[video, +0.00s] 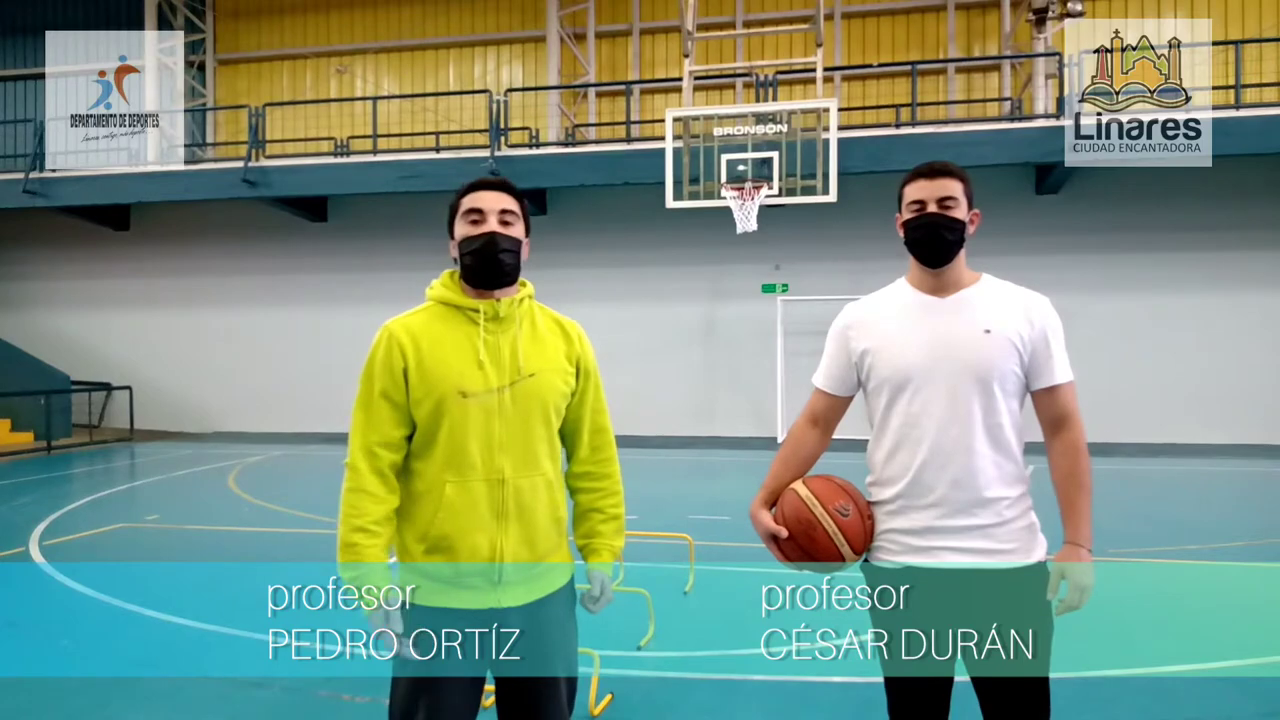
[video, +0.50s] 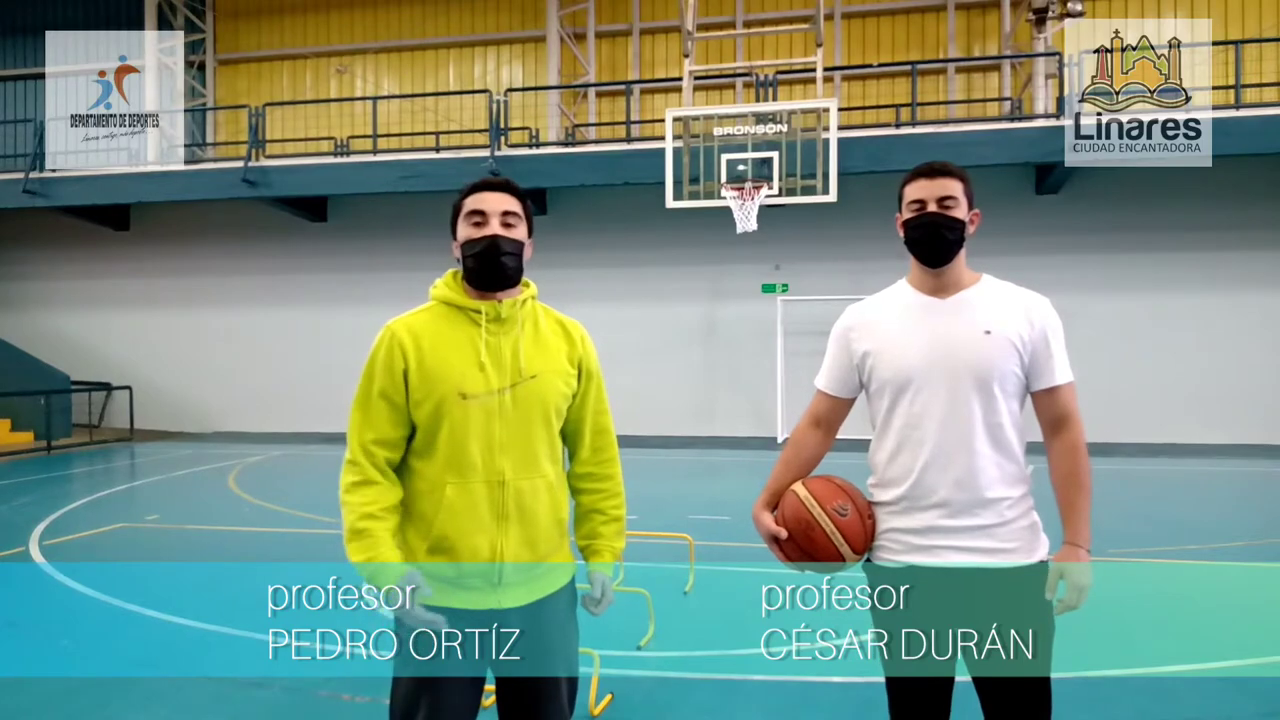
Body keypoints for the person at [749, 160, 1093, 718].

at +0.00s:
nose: (931, 216)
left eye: (946, 205)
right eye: (916, 208)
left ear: (972, 220)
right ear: (899, 226)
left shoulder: (1026, 313)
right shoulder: (860, 322)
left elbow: (1063, 430)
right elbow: (815, 423)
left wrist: (1077, 543)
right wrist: (761, 502)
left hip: (1006, 561)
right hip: (903, 562)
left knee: (1019, 711)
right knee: (914, 713)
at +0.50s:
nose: (931, 215)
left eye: (946, 204)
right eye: (916, 207)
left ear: (972, 220)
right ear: (899, 226)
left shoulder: (1026, 314)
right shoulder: (862, 323)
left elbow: (1063, 430)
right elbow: (818, 425)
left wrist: (1076, 543)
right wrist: (764, 503)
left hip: (1007, 559)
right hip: (904, 560)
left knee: (1020, 711)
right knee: (915, 712)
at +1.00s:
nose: (931, 215)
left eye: (945, 204)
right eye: (916, 208)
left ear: (972, 220)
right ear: (898, 229)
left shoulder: (1026, 315)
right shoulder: (863, 324)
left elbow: (1062, 430)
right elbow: (818, 426)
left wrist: (1078, 542)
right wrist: (765, 505)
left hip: (1008, 559)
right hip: (906, 561)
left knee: (1022, 711)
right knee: (916, 712)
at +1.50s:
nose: (929, 215)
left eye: (944, 204)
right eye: (914, 208)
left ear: (971, 220)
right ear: (898, 229)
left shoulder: (1027, 314)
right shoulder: (863, 324)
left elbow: (1064, 429)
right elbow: (818, 425)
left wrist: (1078, 542)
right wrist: (764, 502)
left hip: (1008, 563)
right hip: (904, 564)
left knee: (1021, 711)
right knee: (914, 712)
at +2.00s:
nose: (911, 218)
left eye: (925, 206)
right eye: (897, 214)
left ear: (958, 219)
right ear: (889, 237)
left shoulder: (1018, 313)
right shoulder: (859, 324)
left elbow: (1061, 437)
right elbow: (814, 424)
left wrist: (1029, 376)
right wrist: (760, 491)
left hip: (994, 555)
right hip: (893, 555)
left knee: (1014, 709)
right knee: (907, 713)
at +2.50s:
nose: (946, 239)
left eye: (958, 230)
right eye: (929, 232)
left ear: (976, 250)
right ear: (910, 253)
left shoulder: (1020, 323)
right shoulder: (875, 344)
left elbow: (1102, 397)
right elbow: (855, 455)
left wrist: (1042, 406)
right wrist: (853, 544)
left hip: (1010, 547)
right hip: (915, 550)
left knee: (1022, 691)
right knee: (915, 696)